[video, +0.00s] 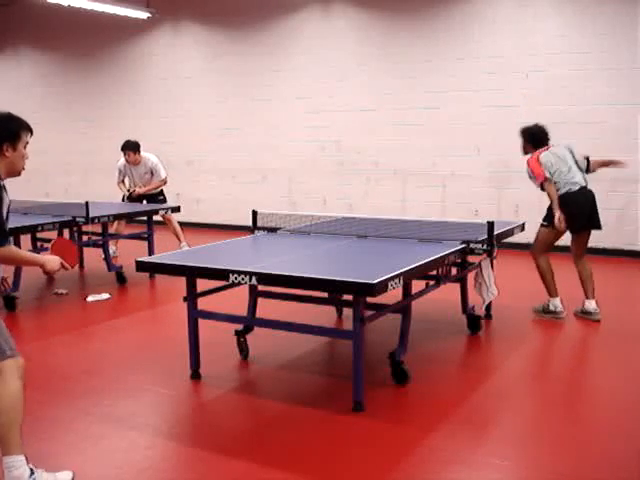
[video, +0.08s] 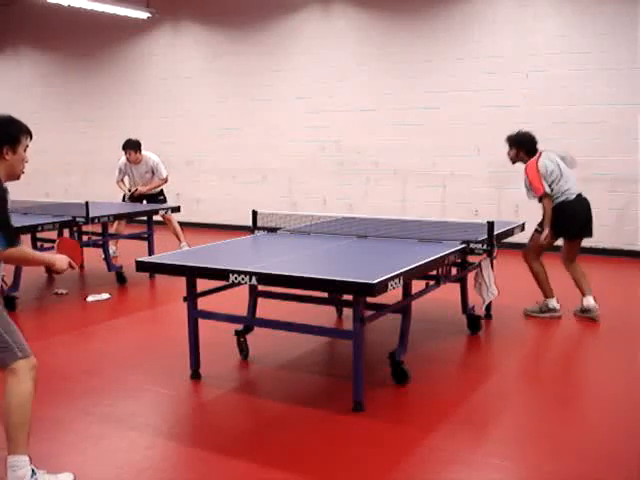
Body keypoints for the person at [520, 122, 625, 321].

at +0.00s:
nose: (522, 146)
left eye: (523, 142)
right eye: (522, 142)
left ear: (530, 143)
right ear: (544, 141)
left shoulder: (534, 160)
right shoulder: (564, 150)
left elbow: (548, 183)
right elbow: (588, 166)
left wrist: (556, 211)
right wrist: (609, 162)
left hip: (565, 202)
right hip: (587, 198)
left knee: (538, 251)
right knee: (579, 255)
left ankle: (554, 303)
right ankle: (591, 303)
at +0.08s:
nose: (508, 154)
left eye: (510, 150)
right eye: (509, 149)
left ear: (521, 151)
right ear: (529, 148)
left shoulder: (531, 168)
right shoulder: (548, 155)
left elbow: (546, 199)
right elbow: (571, 162)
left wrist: (546, 228)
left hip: (561, 211)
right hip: (581, 205)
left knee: (530, 254)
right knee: (570, 259)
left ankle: (550, 302)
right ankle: (589, 301)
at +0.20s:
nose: (502, 164)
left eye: (505, 160)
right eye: (502, 160)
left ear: (517, 161)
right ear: (520, 160)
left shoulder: (527, 179)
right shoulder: (533, 167)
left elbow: (539, 215)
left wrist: (531, 244)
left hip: (555, 218)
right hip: (567, 214)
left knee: (521, 260)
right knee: (536, 256)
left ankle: (549, 303)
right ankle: (572, 280)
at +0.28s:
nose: (500, 167)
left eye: (504, 163)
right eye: (499, 163)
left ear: (515, 163)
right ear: (516, 162)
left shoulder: (524, 182)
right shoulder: (526, 170)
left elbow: (536, 216)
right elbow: (498, 153)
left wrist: (529, 246)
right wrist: (479, 164)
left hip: (551, 222)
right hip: (560, 217)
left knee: (518, 262)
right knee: (520, 248)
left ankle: (549, 303)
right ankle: (553, 274)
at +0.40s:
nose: (495, 161)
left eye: (499, 157)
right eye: (494, 157)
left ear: (511, 157)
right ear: (493, 158)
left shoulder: (523, 177)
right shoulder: (497, 169)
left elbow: (537, 209)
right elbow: (477, 163)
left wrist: (530, 235)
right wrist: (466, 173)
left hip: (540, 218)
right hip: (522, 216)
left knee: (518, 260)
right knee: (497, 242)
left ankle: (549, 301)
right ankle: (499, 278)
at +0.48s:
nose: (494, 160)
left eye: (498, 155)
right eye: (492, 155)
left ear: (509, 155)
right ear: (492, 156)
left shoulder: (522, 174)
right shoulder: (495, 169)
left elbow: (537, 205)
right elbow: (473, 169)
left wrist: (530, 232)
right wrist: (465, 182)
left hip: (537, 216)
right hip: (518, 214)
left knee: (519, 259)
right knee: (493, 245)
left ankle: (550, 301)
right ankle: (482, 283)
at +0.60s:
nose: (489, 156)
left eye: (493, 152)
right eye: (486, 152)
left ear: (503, 152)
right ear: (484, 153)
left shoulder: (516, 171)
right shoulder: (484, 174)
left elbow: (532, 195)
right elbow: (473, 193)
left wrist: (528, 220)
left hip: (523, 212)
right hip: (501, 212)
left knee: (518, 251)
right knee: (484, 245)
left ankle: (550, 290)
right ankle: (480, 278)